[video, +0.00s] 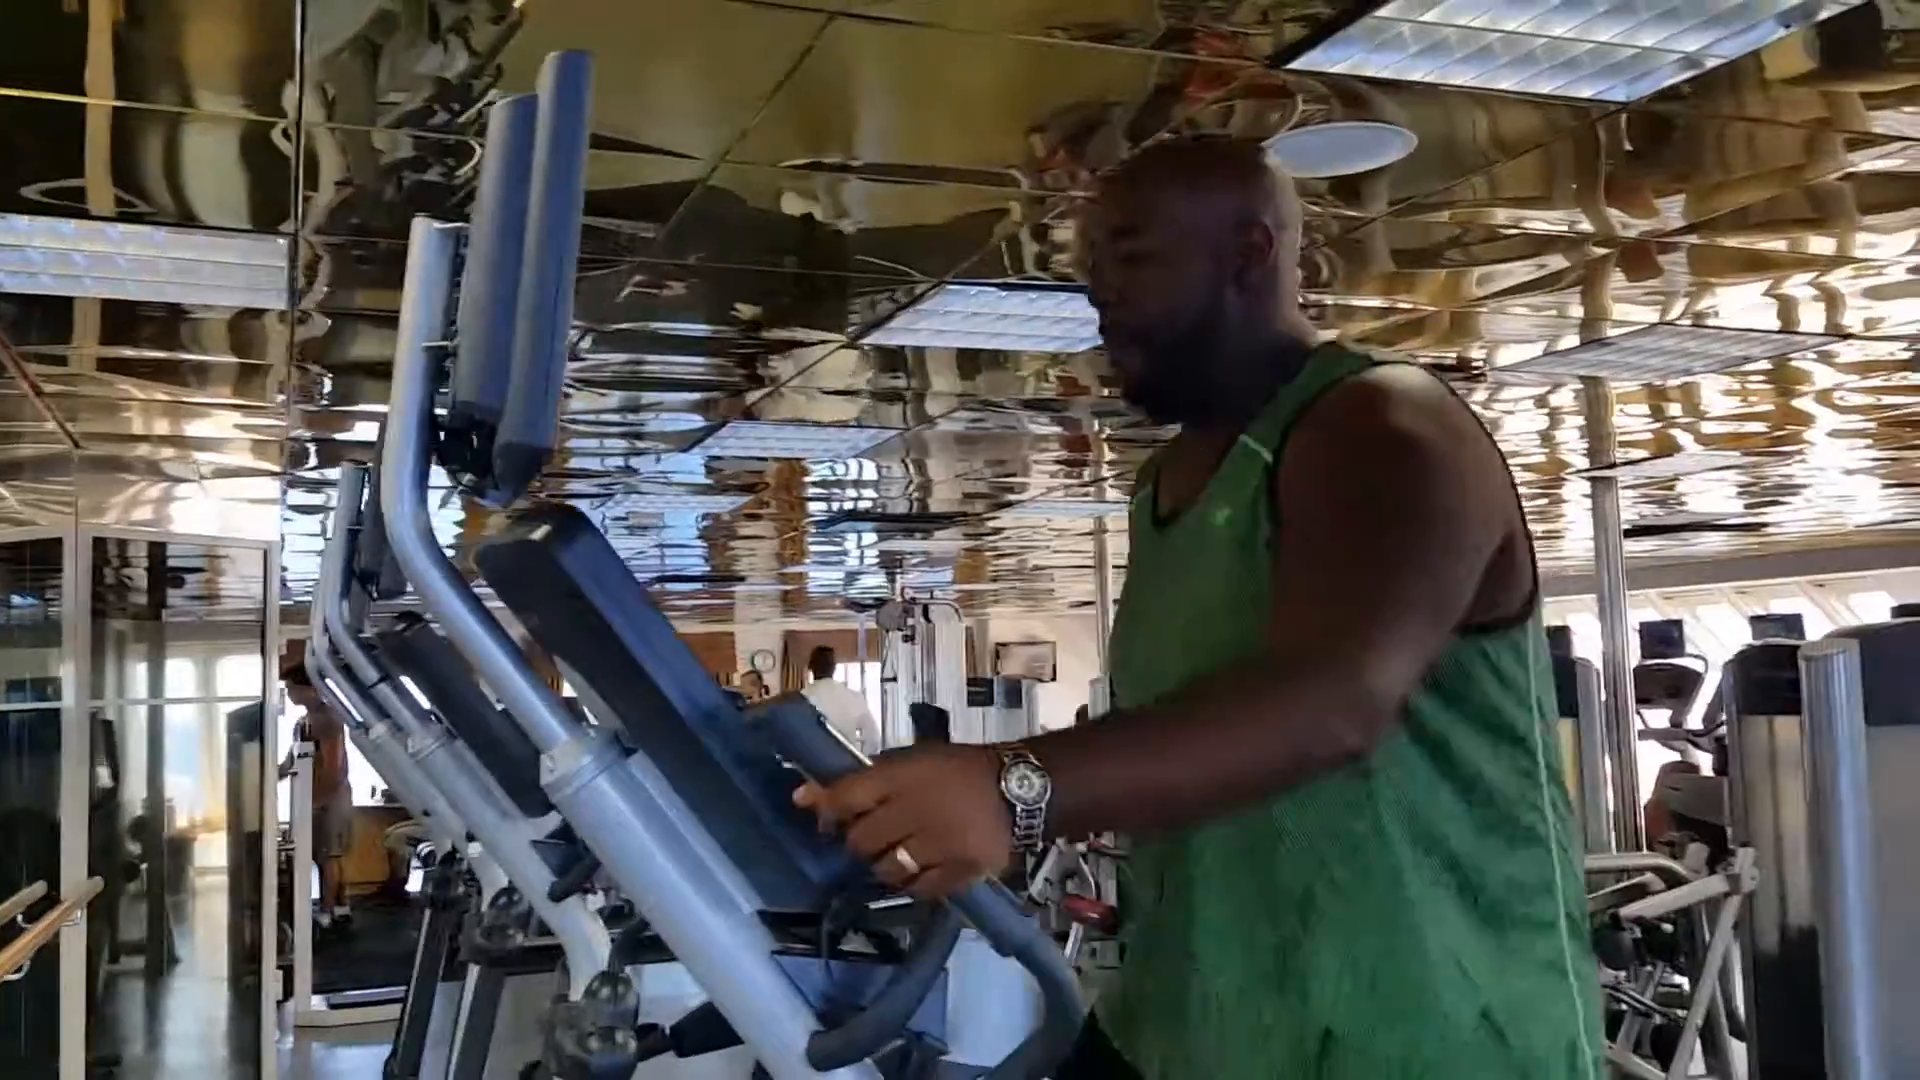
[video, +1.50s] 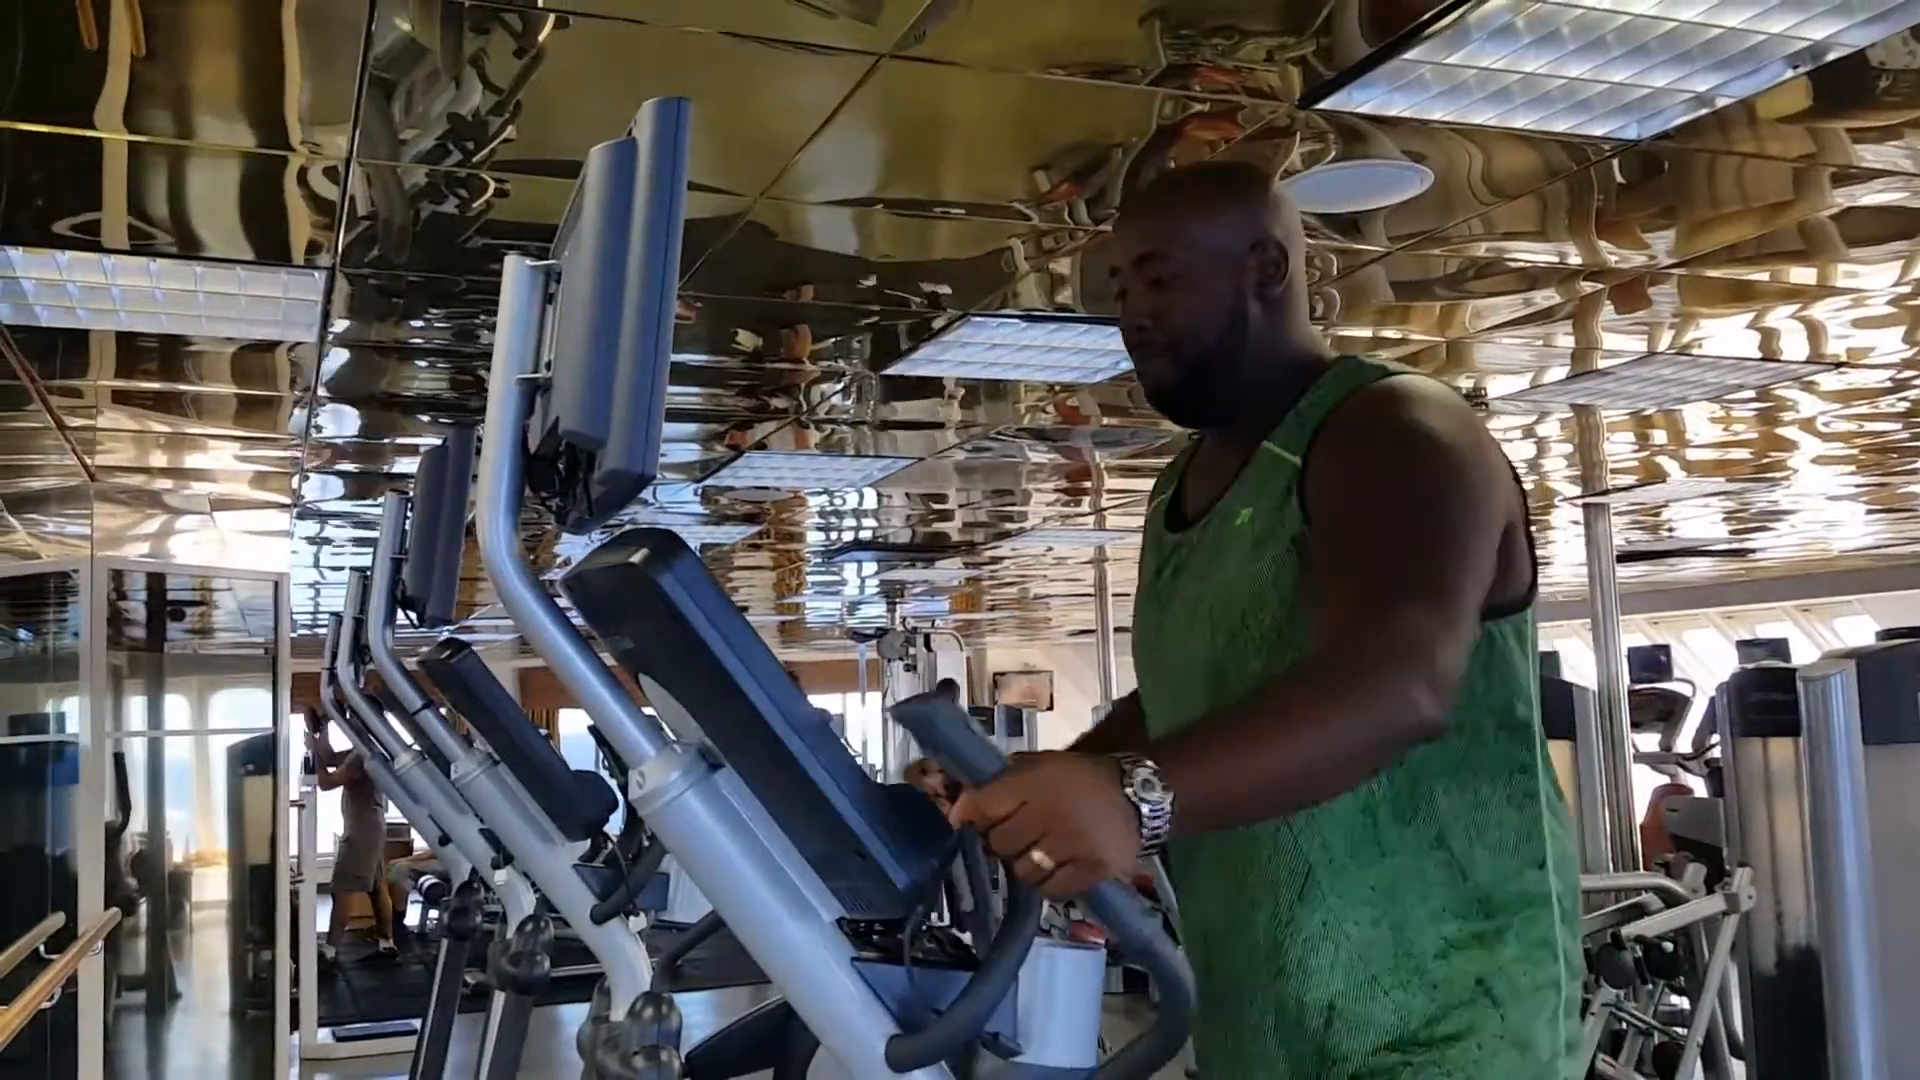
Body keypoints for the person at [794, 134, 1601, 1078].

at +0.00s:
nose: (1097, 295)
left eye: (1129, 255)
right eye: (1095, 265)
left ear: (1254, 256)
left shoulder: (1396, 428)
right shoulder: (1168, 484)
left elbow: (1337, 700)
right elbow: (1182, 738)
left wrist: (1021, 788)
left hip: (1414, 1033)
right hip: (1207, 1024)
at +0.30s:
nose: (1070, 290)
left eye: (1098, 246)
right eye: (1069, 259)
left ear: (1214, 249)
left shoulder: (1366, 415)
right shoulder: (1127, 474)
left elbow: (1357, 681)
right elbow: (1132, 679)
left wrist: (1092, 786)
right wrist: (988, 776)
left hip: (1408, 1006)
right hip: (1221, 1008)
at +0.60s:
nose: (1119, 295)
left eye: (1149, 258)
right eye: (1115, 270)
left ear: (1260, 259)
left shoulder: (1424, 432)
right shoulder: (1132, 511)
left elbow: (1619, 693)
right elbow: (1007, 689)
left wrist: (1414, 858)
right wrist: (793, 754)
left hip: (1439, 1010)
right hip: (1230, 1016)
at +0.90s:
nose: (1151, 284)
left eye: (1189, 243)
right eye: (1151, 252)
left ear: (1308, 245)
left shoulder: (1462, 423)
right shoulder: (1176, 512)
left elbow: (1622, 702)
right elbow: (1056, 688)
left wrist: (1344, 838)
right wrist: (828, 766)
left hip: (1514, 1036)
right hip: (1269, 1040)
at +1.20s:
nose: (1159, 310)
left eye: (1194, 276)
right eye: (1158, 284)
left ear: (1310, 279)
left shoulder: (1441, 444)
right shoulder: (1241, 498)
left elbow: (1419, 715)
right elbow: (1218, 724)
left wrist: (1107, 805)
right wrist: (1088, 791)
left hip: (1475, 1036)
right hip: (1287, 1032)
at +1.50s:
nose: (1129, 317)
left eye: (1159, 279)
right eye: (1123, 290)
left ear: (1266, 274)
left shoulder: (1408, 436)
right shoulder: (1188, 483)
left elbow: (1398, 682)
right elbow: (1189, 693)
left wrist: (1139, 797)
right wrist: (1049, 792)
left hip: (1440, 1016)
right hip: (1257, 1019)